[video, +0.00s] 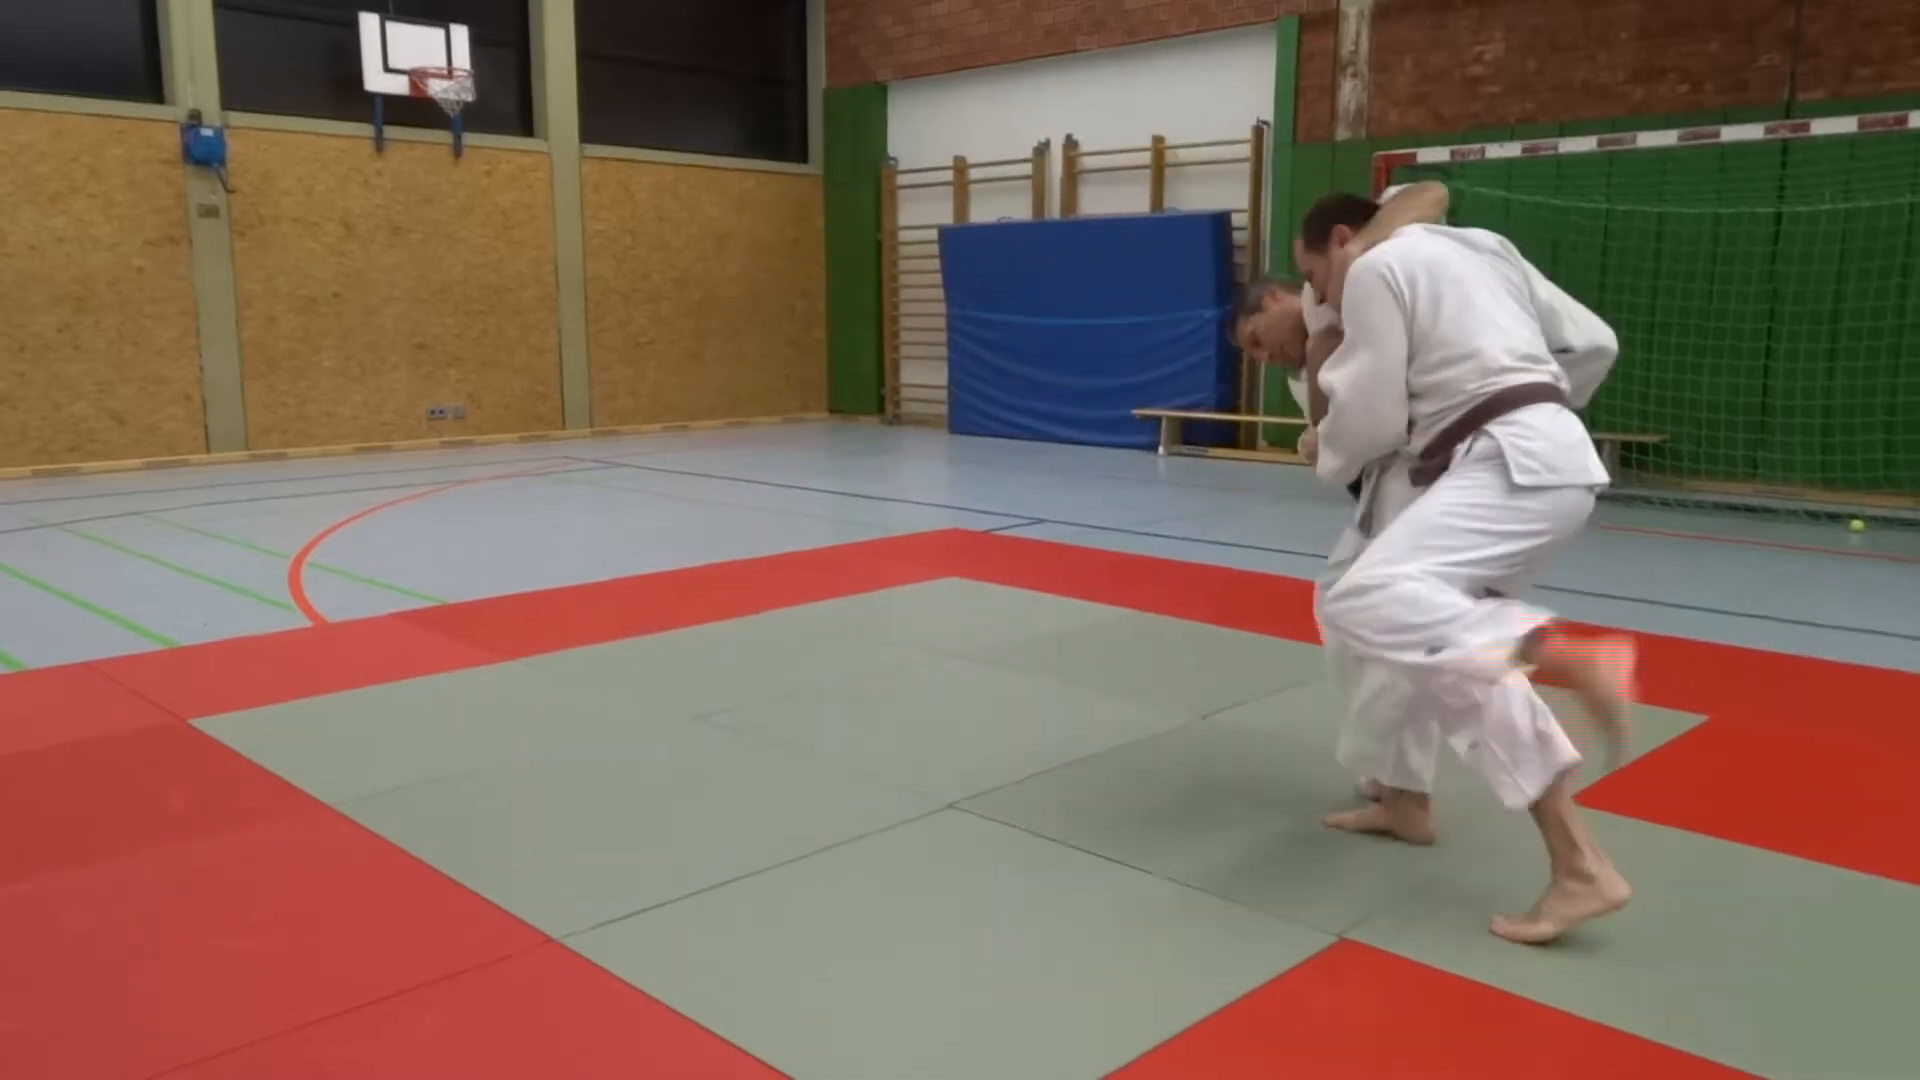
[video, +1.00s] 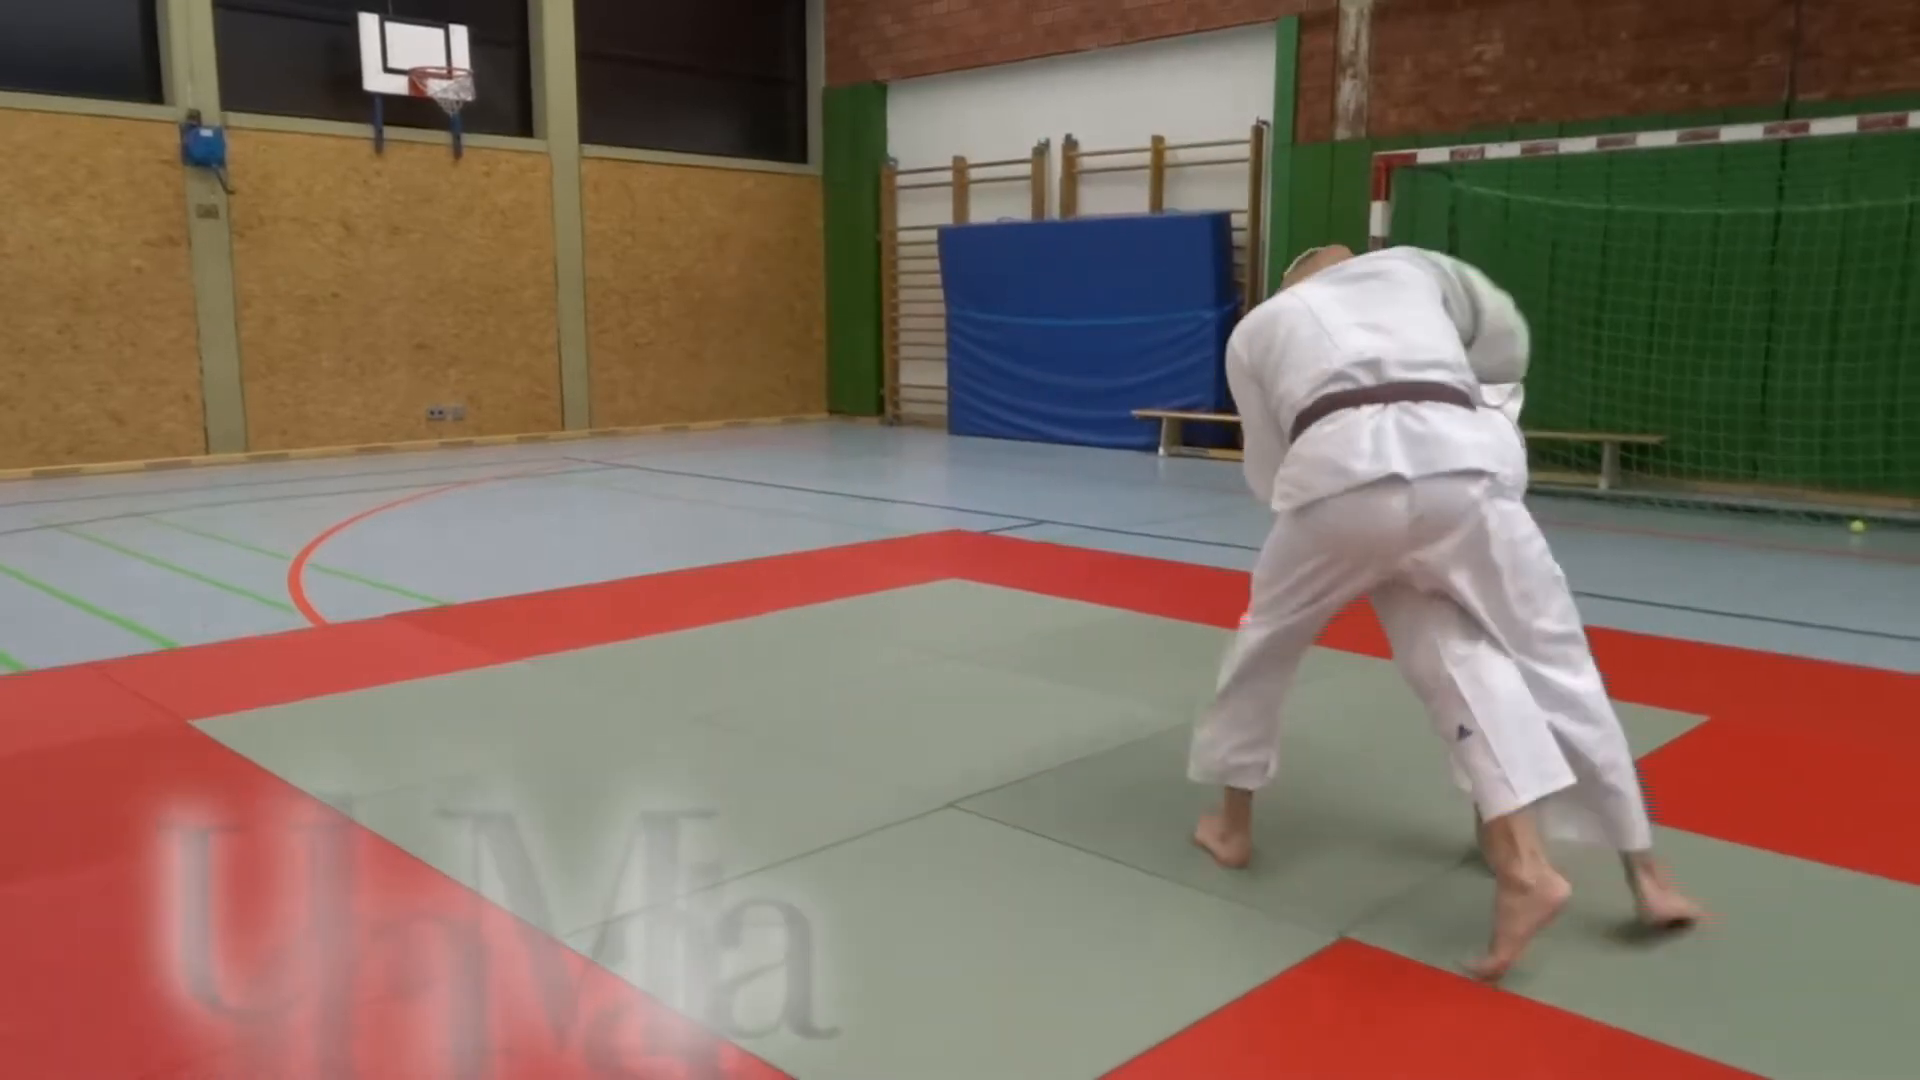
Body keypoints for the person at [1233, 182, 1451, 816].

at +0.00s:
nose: (1262, 353)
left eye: (1256, 337)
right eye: (1253, 352)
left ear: (1278, 296)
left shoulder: (1343, 282)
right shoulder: (1305, 378)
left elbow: (1431, 194)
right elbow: (1324, 446)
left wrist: (1358, 255)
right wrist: (1318, 370)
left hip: (1445, 455)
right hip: (1391, 477)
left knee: (1368, 594)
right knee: (1352, 596)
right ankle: (1400, 793)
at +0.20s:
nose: (1301, 341)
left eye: (1290, 326)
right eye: (1290, 333)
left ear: (1299, 288)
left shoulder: (1333, 291)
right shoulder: (1443, 230)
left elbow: (1373, 437)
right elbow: (1586, 268)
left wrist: (1368, 487)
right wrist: (1503, 326)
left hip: (1510, 446)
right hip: (1583, 433)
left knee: (1419, 636)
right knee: (1508, 635)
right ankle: (1580, 856)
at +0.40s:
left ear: (1314, 257)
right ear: (1372, 225)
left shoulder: (1304, 294)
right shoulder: (1455, 230)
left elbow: (1354, 457)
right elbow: (1535, 316)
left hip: (1461, 451)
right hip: (1570, 439)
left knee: (1339, 645)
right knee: (1576, 658)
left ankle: (1329, 864)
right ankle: (1604, 846)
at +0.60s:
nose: (1318, 308)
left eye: (1321, 297)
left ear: (1332, 295)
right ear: (1390, 276)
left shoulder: (1306, 341)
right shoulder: (1472, 295)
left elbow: (1304, 490)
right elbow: (1518, 395)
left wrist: (1345, 567)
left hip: (1404, 510)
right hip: (1529, 501)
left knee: (1317, 681)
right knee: (1547, 682)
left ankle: (1322, 869)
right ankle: (1635, 858)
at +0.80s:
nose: (1292, 308)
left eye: (1297, 299)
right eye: (1306, 294)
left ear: (1302, 312)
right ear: (1367, 289)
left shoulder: (1271, 361)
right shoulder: (1429, 299)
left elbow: (1293, 513)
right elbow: (1516, 339)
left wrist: (1340, 577)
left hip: (1387, 509)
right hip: (1513, 494)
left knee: (1316, 681)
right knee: (1491, 663)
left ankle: (1315, 863)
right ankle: (1539, 883)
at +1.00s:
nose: (1320, 261)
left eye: (1308, 267)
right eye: (1324, 261)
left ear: (1285, 289)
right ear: (1360, 259)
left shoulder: (1255, 328)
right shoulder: (1421, 263)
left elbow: (1266, 472)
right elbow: (1507, 334)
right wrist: (1482, 430)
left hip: (1337, 485)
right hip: (1467, 464)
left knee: (1265, 643)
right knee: (1558, 657)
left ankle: (1233, 822)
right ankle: (1646, 873)